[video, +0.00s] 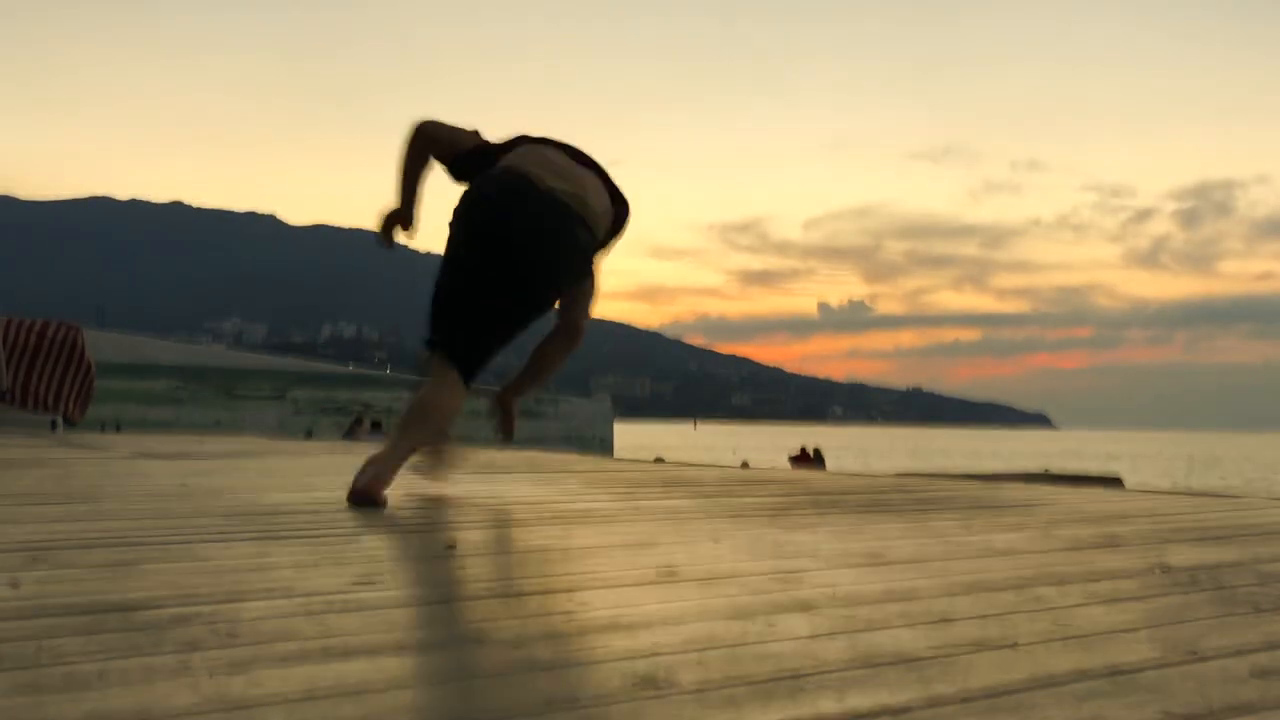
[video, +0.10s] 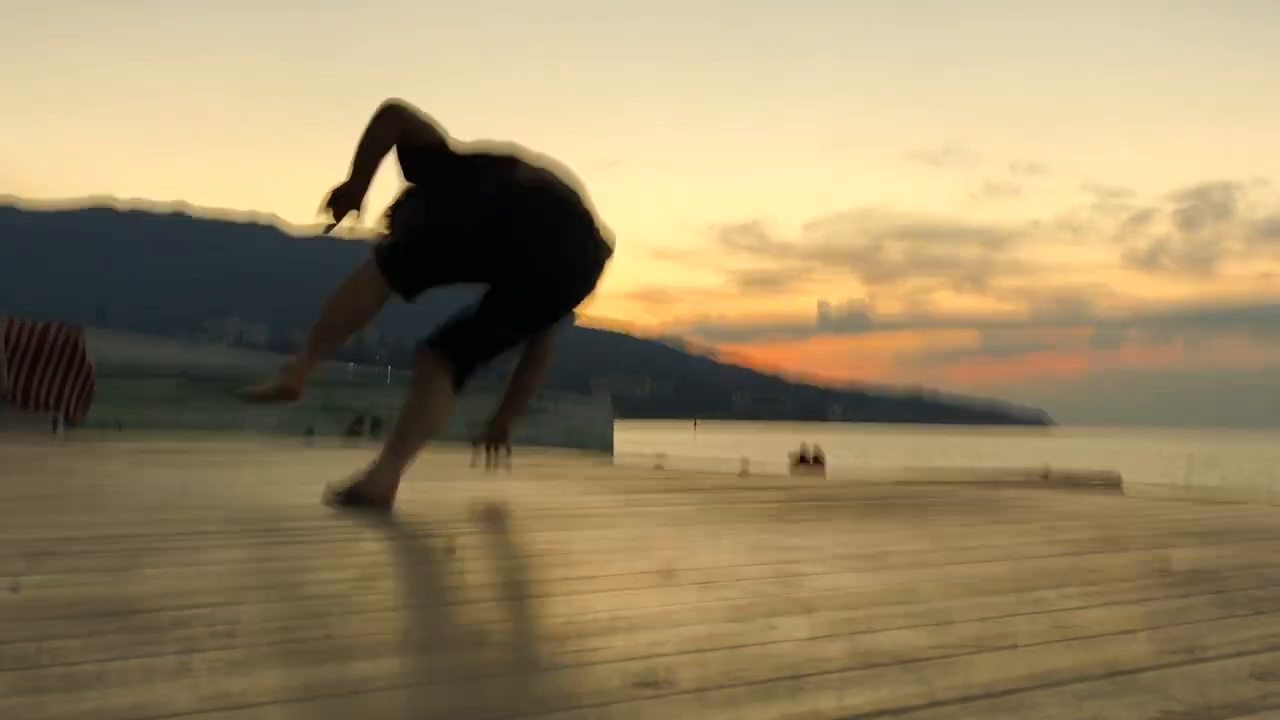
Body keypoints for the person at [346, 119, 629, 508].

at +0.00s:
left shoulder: (505, 154)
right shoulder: (580, 245)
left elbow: (426, 132)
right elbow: (572, 330)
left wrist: (406, 205)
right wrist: (512, 394)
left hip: (491, 209)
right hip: (559, 245)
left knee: (448, 345)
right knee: (459, 364)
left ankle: (437, 441)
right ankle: (380, 470)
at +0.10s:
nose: (395, 244)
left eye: (401, 236)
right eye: (397, 239)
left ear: (421, 203)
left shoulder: (444, 167)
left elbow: (393, 113)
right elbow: (541, 346)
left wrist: (355, 186)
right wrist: (505, 419)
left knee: (383, 269)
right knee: (444, 356)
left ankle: (298, 371)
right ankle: (384, 480)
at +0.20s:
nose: (366, 247)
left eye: (359, 236)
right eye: (358, 255)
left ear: (366, 217)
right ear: (365, 266)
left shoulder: (414, 177)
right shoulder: (436, 280)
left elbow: (422, 92)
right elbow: (480, 379)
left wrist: (349, 139)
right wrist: (451, 472)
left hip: (561, 230)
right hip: (551, 297)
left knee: (417, 179)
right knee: (395, 335)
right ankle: (371, 470)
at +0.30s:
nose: (336, 269)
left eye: (325, 256)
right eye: (327, 280)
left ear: (331, 236)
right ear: (332, 294)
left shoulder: (387, 204)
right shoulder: (385, 308)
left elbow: (421, 114)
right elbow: (458, 390)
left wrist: (350, 142)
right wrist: (447, 480)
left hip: (552, 281)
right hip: (513, 330)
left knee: (529, 192)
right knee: (409, 286)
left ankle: (638, 311)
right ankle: (389, 428)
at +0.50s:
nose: (290, 330)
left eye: (279, 323)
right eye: (280, 341)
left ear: (278, 304)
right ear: (282, 355)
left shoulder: (322, 273)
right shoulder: (353, 382)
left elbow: (345, 298)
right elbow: (436, 397)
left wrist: (303, 407)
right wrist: (444, 491)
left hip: (508, 340)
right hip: (486, 388)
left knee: (605, 332)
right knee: (494, 299)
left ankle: (634, 471)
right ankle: (583, 426)